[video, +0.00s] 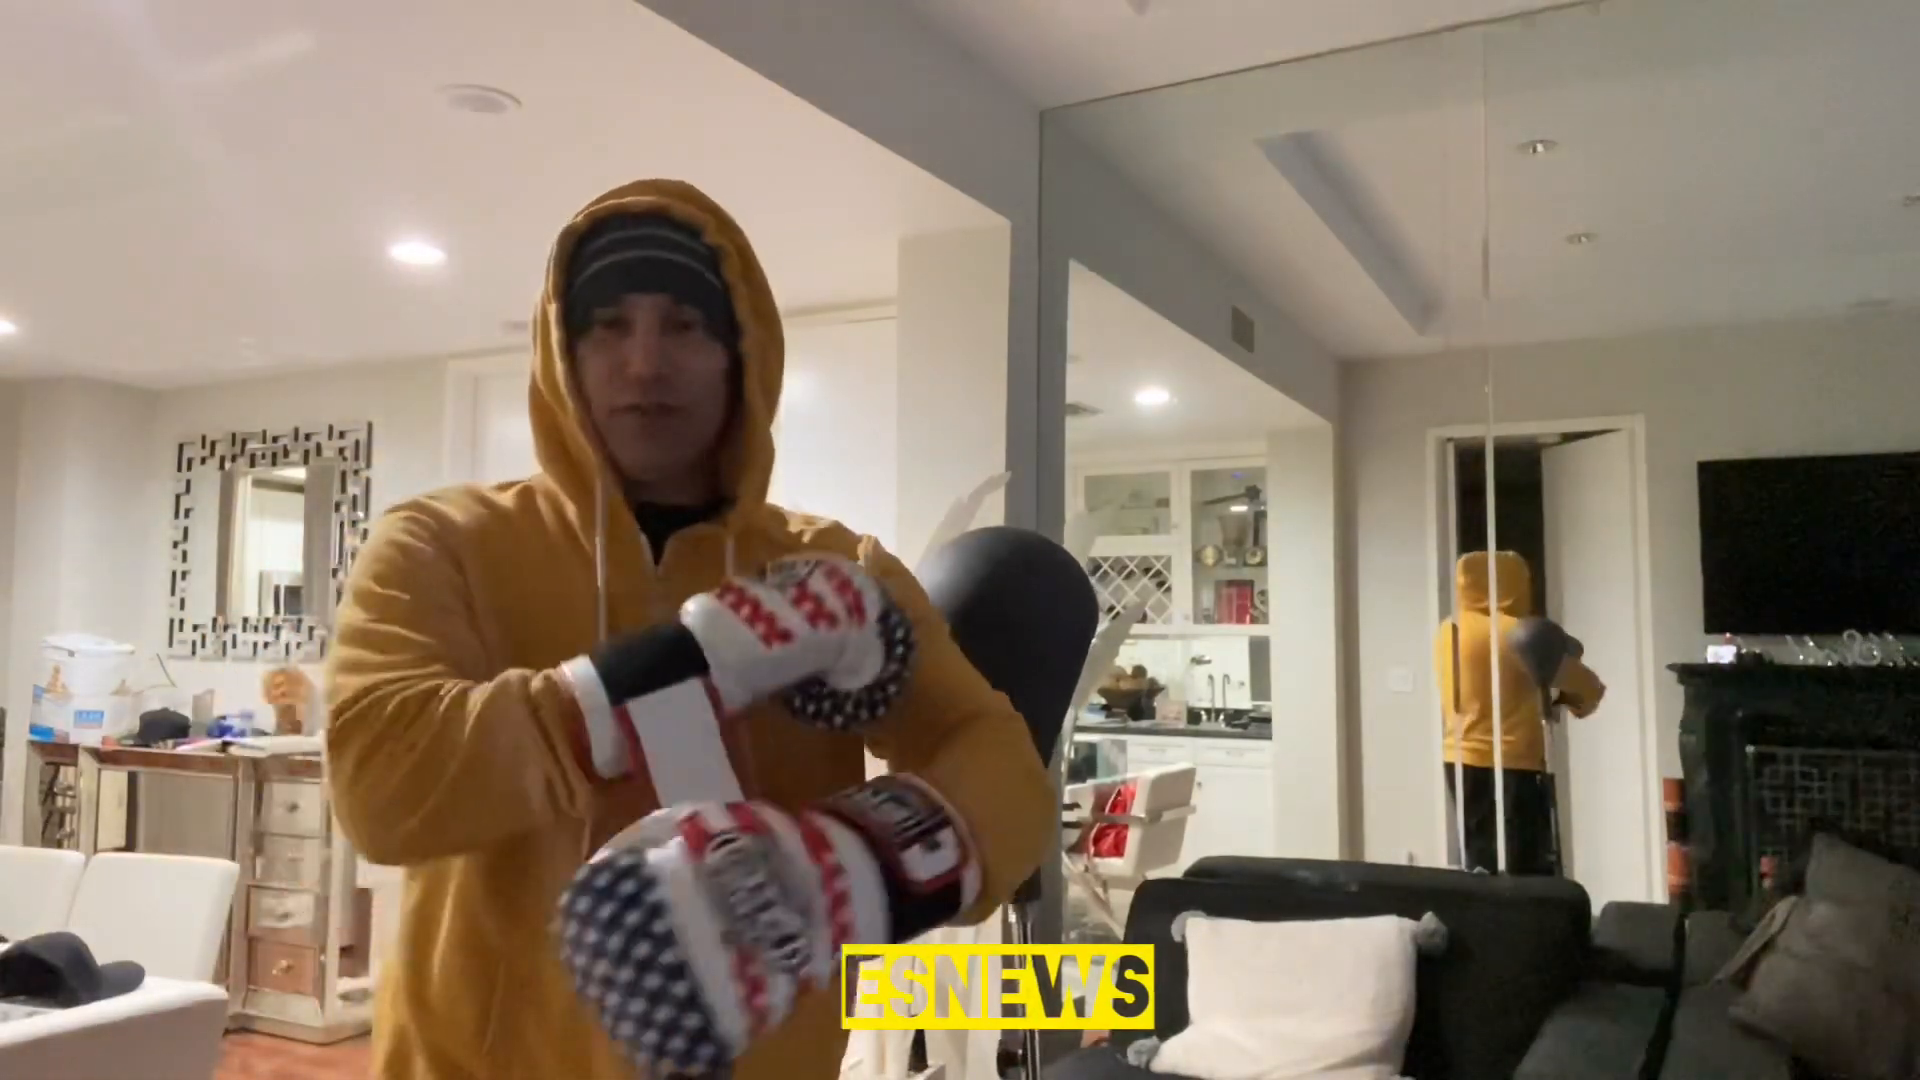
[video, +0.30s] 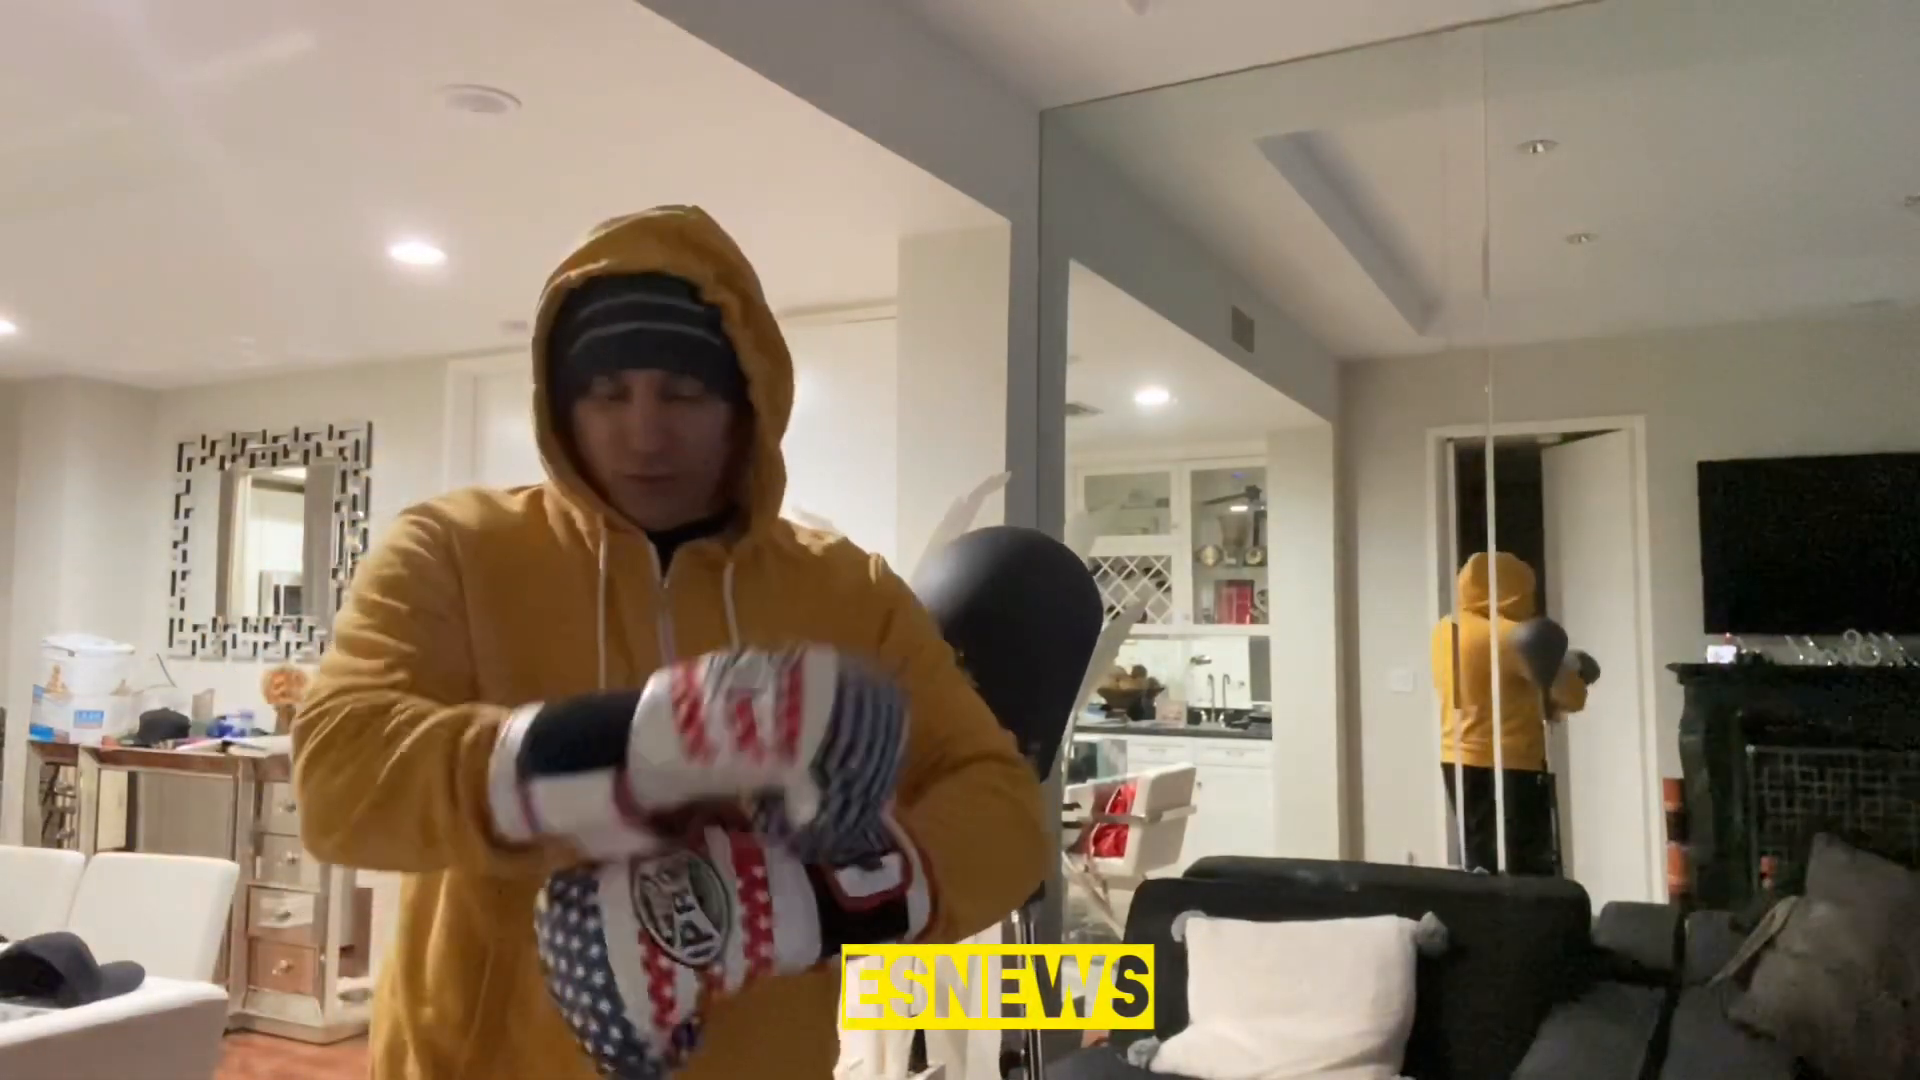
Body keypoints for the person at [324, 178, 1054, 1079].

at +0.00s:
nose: (645, 365)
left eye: (685, 325)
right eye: (611, 325)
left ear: (739, 360)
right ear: (565, 358)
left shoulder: (836, 574)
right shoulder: (439, 548)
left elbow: (1004, 773)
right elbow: (386, 790)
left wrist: (856, 861)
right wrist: (689, 657)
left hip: (768, 1060)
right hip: (484, 1052)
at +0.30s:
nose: (646, 429)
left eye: (685, 390)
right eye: (609, 390)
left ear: (745, 408)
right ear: (564, 411)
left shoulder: (846, 593)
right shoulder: (453, 552)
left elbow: (1004, 812)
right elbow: (341, 778)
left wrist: (816, 898)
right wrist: (610, 763)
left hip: (756, 1061)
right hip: (483, 1054)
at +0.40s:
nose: (644, 438)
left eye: (684, 397)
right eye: (609, 397)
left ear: (744, 411)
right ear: (564, 413)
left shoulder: (845, 602)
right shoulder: (447, 560)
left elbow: (977, 820)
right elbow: (324, 808)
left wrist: (848, 917)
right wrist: (588, 838)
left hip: (759, 1066)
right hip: (486, 1059)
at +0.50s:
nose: (642, 458)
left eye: (683, 415)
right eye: (606, 415)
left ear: (743, 422)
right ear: (559, 422)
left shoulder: (839, 604)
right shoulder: (441, 569)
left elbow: (929, 837)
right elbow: (343, 839)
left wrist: (869, 1010)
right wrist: (586, 908)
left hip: (759, 1066)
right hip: (481, 1059)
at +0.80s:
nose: (678, 498)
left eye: (714, 455)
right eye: (642, 452)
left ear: (758, 450)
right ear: (574, 434)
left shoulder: (817, 600)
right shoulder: (425, 569)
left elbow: (872, 820)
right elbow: (331, 866)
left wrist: (932, 906)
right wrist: (542, 1011)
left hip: (748, 1061)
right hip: (482, 1063)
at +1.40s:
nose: (623, 500)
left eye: (660, 451)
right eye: (580, 454)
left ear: (706, 435)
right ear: (512, 440)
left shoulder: (788, 574)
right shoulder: (375, 580)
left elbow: (865, 801)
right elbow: (304, 915)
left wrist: (828, 896)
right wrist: (519, 1051)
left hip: (739, 1059)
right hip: (494, 1062)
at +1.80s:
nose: (544, 506)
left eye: (586, 453)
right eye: (501, 457)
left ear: (659, 432)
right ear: (449, 445)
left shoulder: (779, 570)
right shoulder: (334, 588)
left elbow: (855, 819)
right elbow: (273, 929)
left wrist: (759, 918)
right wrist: (413, 1060)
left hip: (721, 1067)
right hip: (448, 1065)